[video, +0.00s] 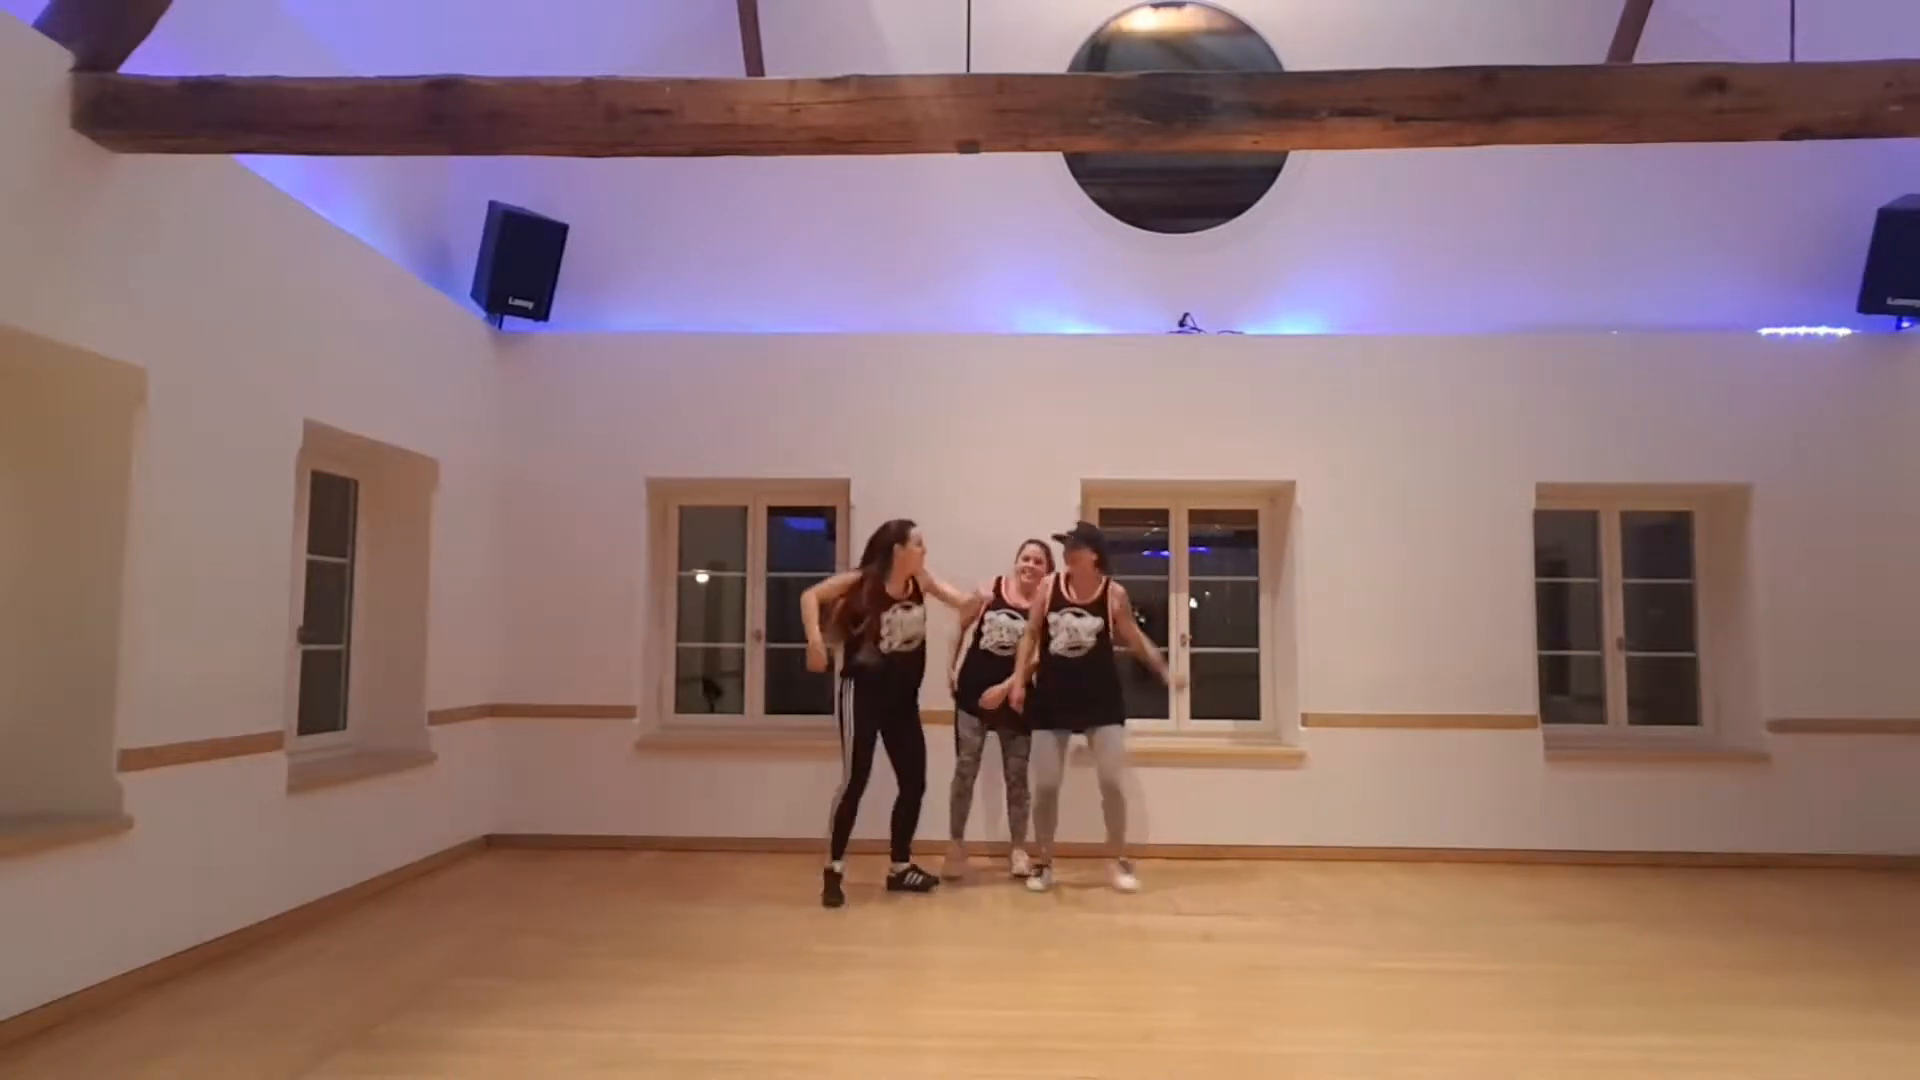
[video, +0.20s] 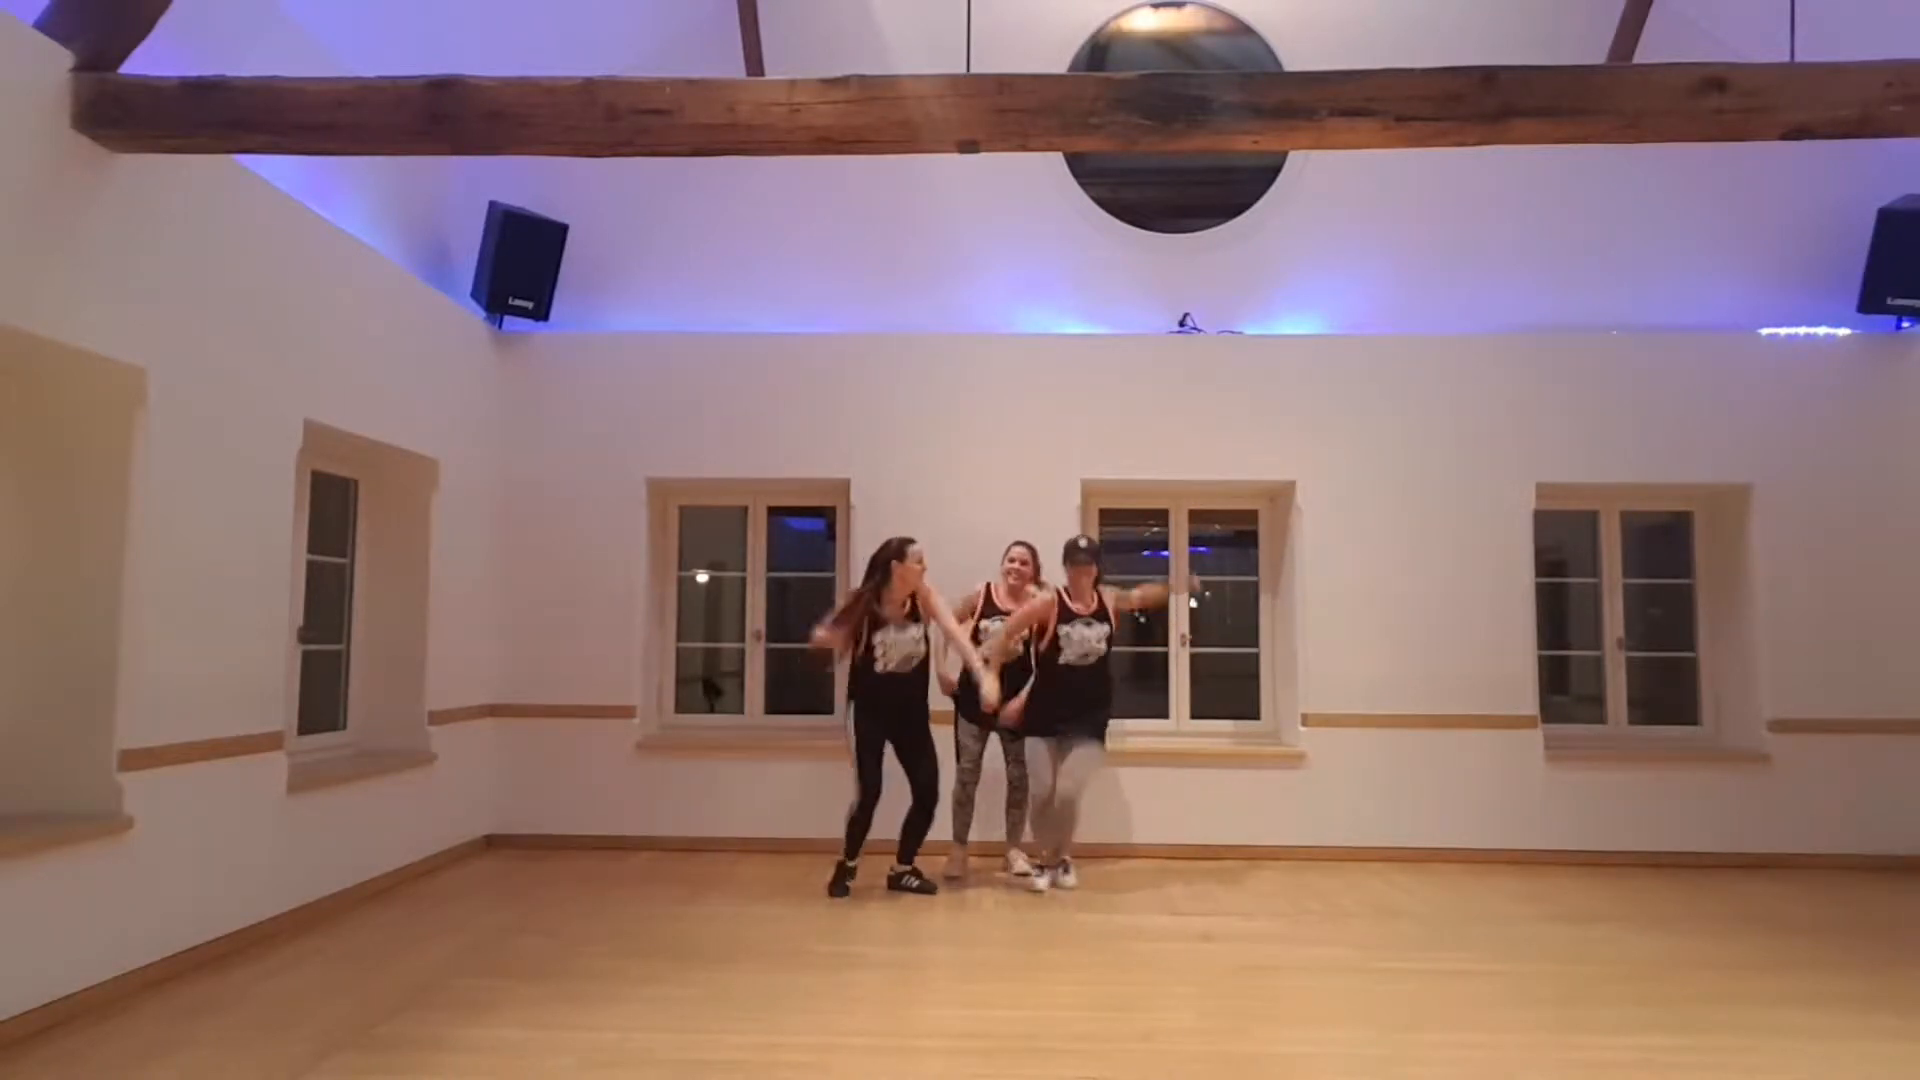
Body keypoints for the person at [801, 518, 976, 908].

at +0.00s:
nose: (924, 550)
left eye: (923, 544)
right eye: (918, 544)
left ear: (909, 551)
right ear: (896, 550)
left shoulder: (919, 584)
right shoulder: (863, 582)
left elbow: (964, 603)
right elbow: (810, 597)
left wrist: (972, 602)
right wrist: (815, 644)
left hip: (900, 697)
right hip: (859, 693)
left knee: (913, 782)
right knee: (855, 778)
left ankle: (900, 868)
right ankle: (834, 869)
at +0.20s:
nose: (924, 569)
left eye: (923, 563)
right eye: (918, 563)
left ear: (907, 568)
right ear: (895, 567)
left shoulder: (924, 597)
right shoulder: (863, 602)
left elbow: (954, 633)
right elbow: (829, 636)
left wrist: (983, 676)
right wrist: (827, 637)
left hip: (912, 711)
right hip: (870, 711)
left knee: (927, 793)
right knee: (869, 792)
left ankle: (903, 869)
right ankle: (847, 865)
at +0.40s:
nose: (932, 579)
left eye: (932, 573)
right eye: (926, 572)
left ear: (911, 577)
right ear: (903, 575)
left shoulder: (925, 622)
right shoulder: (863, 604)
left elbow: (942, 670)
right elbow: (819, 624)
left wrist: (949, 716)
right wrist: (842, 618)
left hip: (898, 717)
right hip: (857, 713)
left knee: (923, 792)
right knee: (851, 794)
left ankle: (902, 869)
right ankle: (848, 867)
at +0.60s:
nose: (895, 549)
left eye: (895, 543)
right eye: (888, 544)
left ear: (887, 551)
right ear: (865, 550)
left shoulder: (903, 590)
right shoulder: (838, 586)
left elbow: (916, 636)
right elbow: (820, 616)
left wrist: (920, 682)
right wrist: (871, 608)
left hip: (885, 698)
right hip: (842, 696)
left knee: (904, 779)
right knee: (813, 772)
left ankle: (905, 864)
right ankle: (795, 846)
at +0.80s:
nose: (845, 581)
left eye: (845, 575)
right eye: (838, 576)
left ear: (844, 581)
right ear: (818, 582)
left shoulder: (853, 617)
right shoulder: (799, 614)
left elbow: (875, 660)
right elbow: (839, 625)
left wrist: (901, 698)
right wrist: (889, 623)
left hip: (868, 722)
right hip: (824, 724)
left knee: (904, 794)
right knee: (780, 800)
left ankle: (911, 868)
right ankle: (736, 862)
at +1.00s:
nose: (803, 575)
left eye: (804, 568)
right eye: (797, 568)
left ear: (801, 572)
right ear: (774, 571)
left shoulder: (815, 604)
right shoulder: (753, 603)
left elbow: (838, 651)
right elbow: (775, 620)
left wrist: (858, 698)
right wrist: (832, 618)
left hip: (820, 714)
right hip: (777, 717)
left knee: (860, 786)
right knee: (748, 797)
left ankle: (898, 861)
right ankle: (734, 865)